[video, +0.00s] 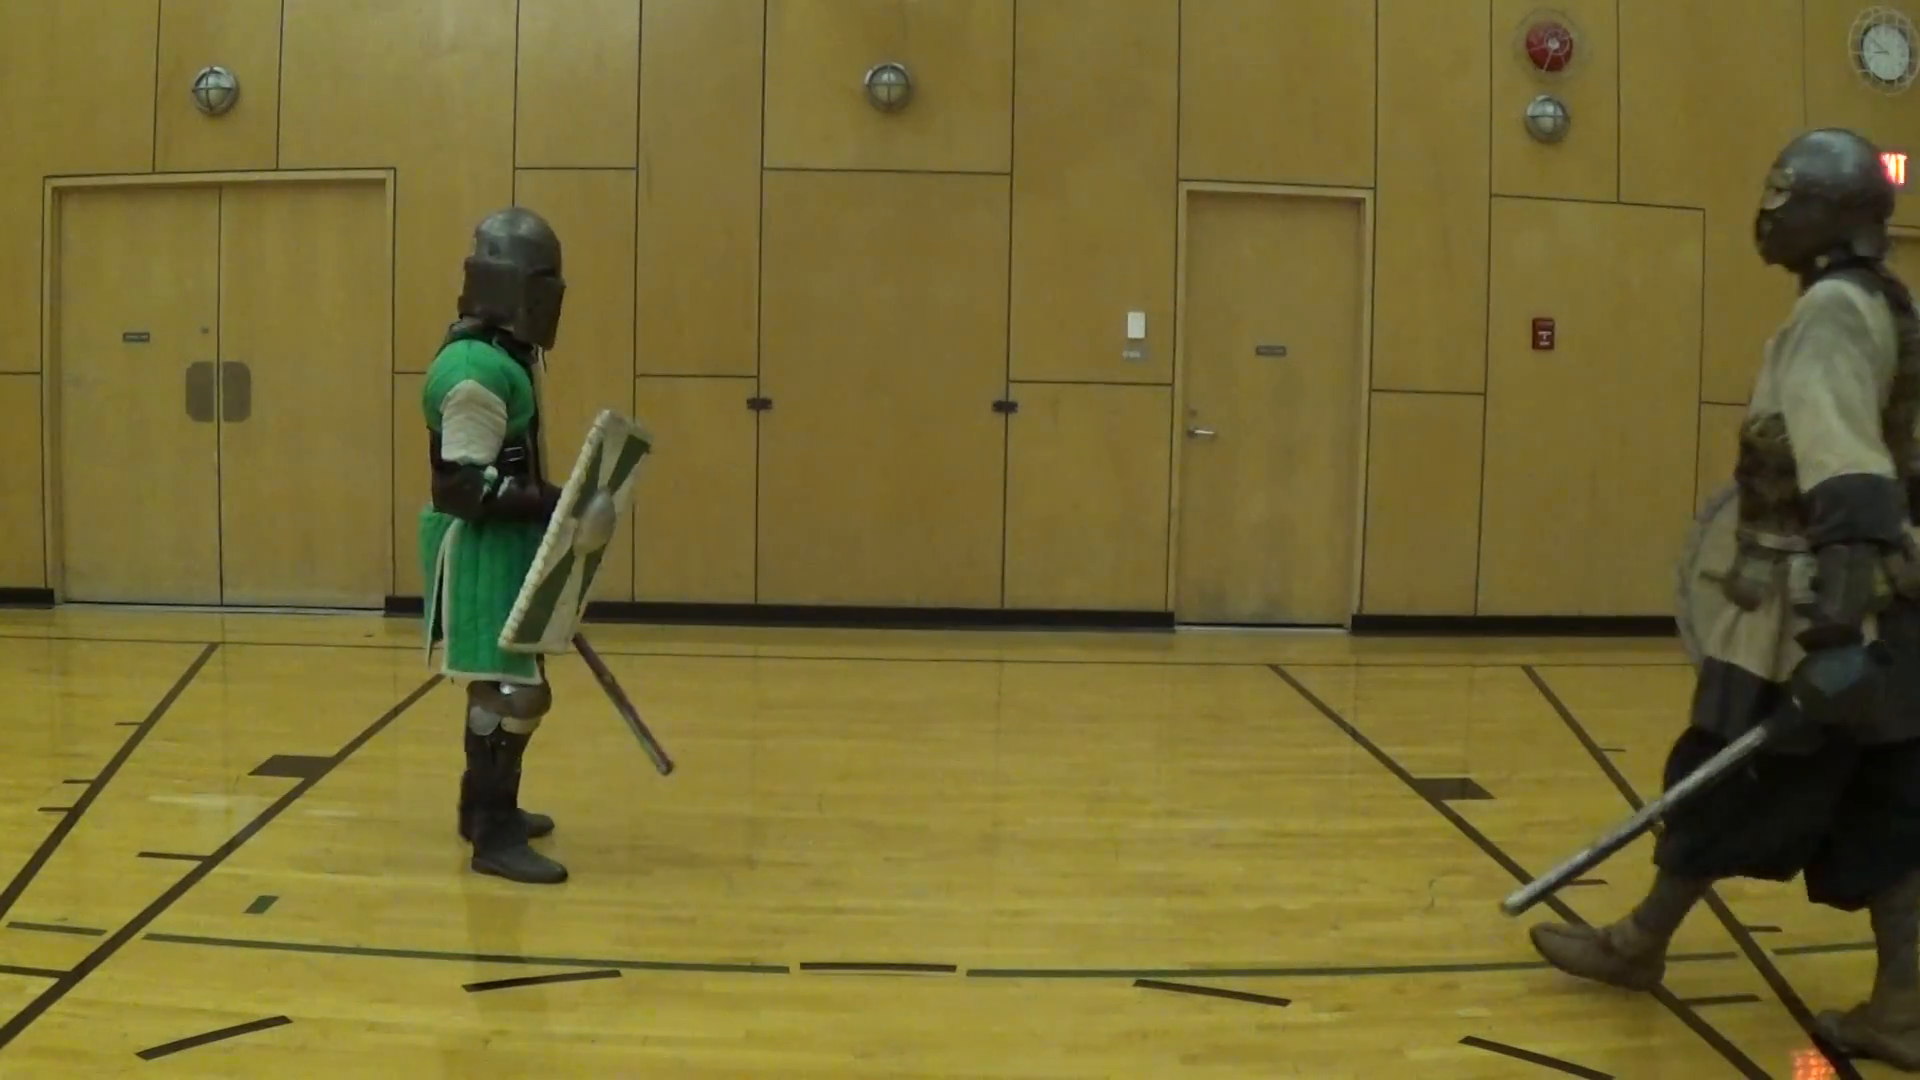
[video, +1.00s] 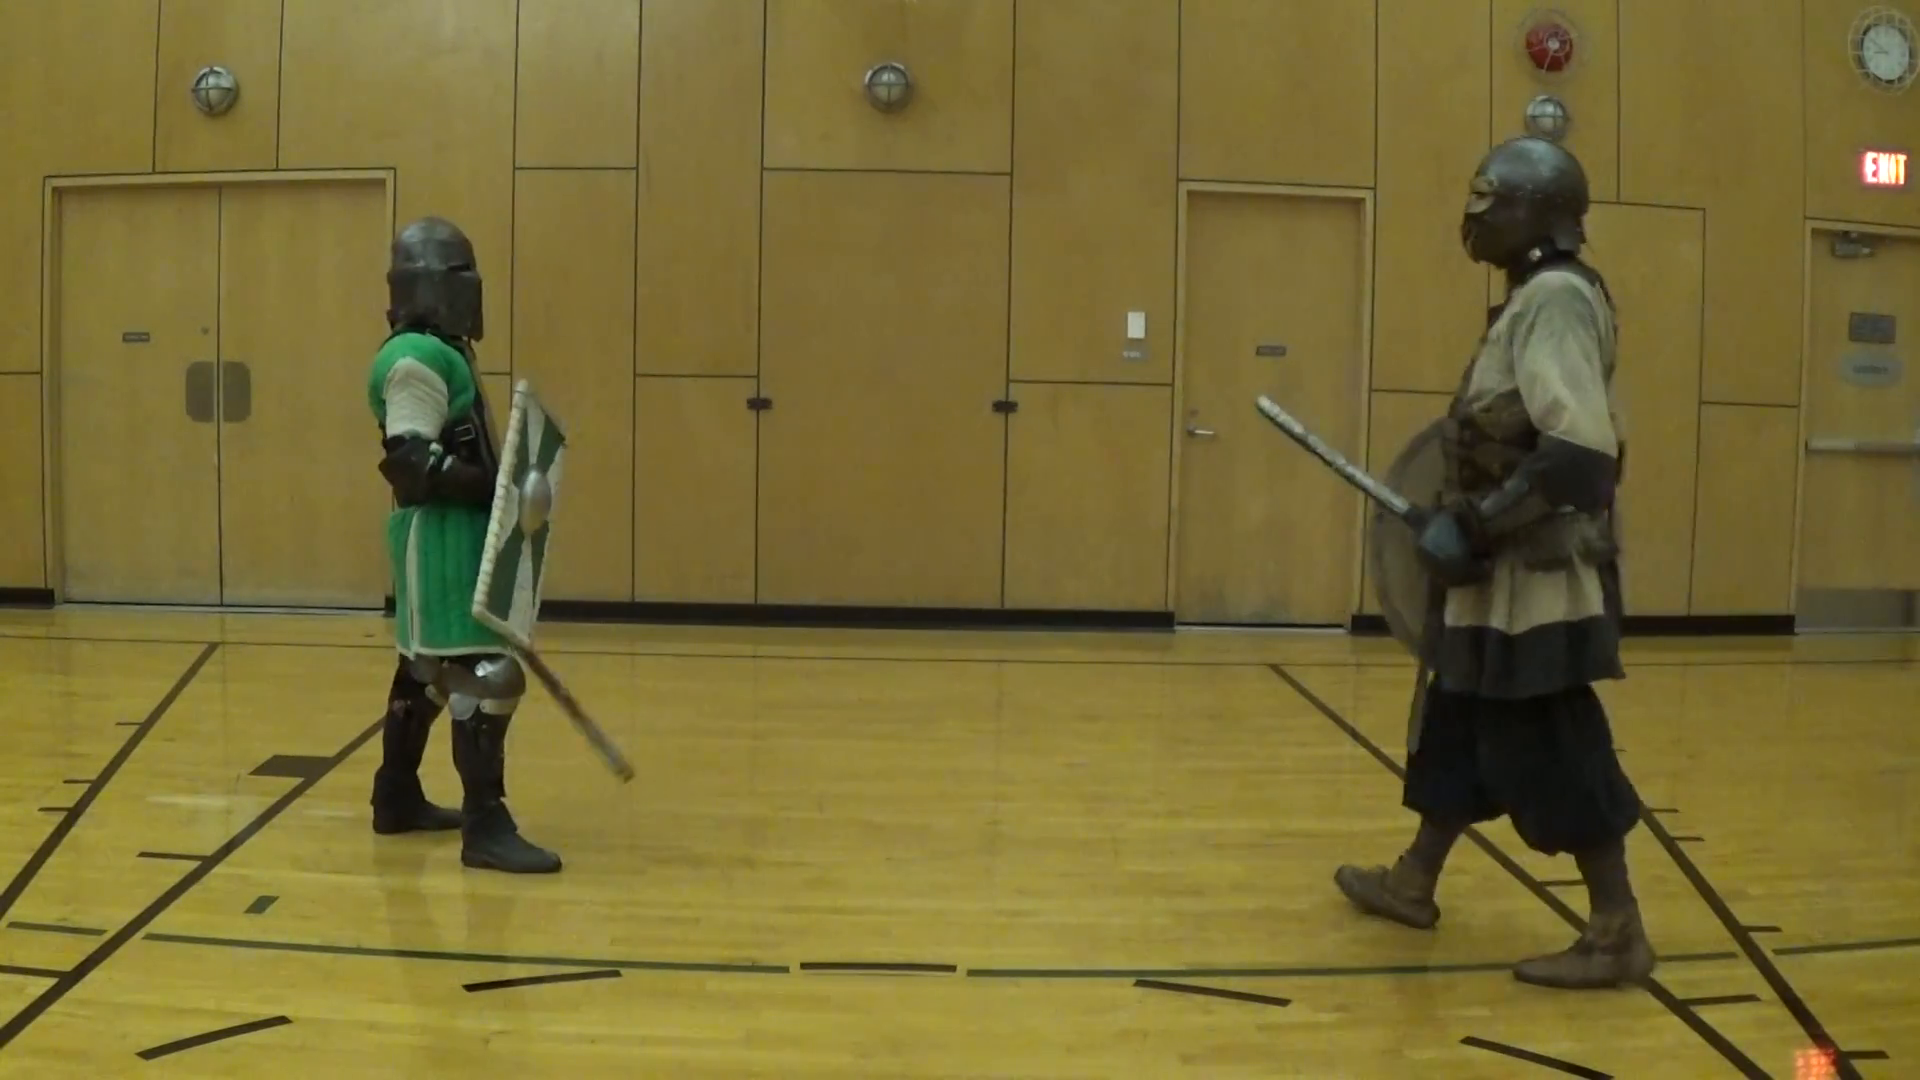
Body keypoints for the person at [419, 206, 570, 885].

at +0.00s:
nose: (554, 299)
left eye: (552, 286)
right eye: (547, 286)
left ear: (493, 285)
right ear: (519, 289)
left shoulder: (498, 363)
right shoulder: (475, 369)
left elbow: (498, 477)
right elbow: (461, 486)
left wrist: (562, 508)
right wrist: (561, 507)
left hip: (497, 544)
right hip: (480, 547)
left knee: (498, 683)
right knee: (516, 690)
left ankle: (486, 808)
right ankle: (494, 838)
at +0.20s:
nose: (536, 291)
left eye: (534, 278)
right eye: (526, 278)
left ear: (475, 284)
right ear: (492, 283)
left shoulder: (489, 361)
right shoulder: (462, 368)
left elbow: (493, 471)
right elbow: (450, 485)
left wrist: (546, 503)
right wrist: (540, 500)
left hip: (485, 537)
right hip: (471, 541)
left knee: (466, 672)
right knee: (512, 688)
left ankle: (416, 779)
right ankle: (498, 838)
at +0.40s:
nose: (514, 295)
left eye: (512, 282)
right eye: (504, 283)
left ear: (448, 289)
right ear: (471, 289)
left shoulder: (470, 361)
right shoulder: (442, 371)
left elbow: (466, 471)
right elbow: (431, 485)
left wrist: (522, 501)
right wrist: (522, 497)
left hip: (459, 537)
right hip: (457, 542)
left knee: (438, 671)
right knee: (504, 685)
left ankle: (399, 792)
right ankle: (498, 835)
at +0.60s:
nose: (485, 297)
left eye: (483, 285)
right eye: (474, 286)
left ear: (433, 292)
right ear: (442, 293)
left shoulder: (448, 361)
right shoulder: (422, 367)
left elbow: (457, 456)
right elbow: (408, 478)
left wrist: (510, 467)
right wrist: (502, 496)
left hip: (434, 537)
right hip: (446, 541)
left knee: (415, 668)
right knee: (494, 678)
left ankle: (395, 795)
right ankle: (496, 832)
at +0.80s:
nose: (477, 290)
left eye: (474, 278)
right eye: (466, 279)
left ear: (423, 286)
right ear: (432, 287)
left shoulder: (441, 354)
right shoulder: (416, 360)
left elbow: (450, 451)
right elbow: (407, 463)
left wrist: (507, 474)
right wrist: (499, 490)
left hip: (438, 528)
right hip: (441, 532)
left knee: (424, 665)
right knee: (486, 673)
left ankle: (396, 795)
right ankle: (488, 828)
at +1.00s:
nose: (472, 291)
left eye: (469, 278)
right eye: (462, 279)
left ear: (415, 289)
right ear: (435, 287)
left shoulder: (439, 354)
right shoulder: (417, 359)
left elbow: (451, 454)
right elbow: (412, 464)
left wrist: (507, 481)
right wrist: (504, 489)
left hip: (441, 528)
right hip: (443, 532)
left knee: (426, 662)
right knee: (488, 672)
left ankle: (397, 794)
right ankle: (487, 828)